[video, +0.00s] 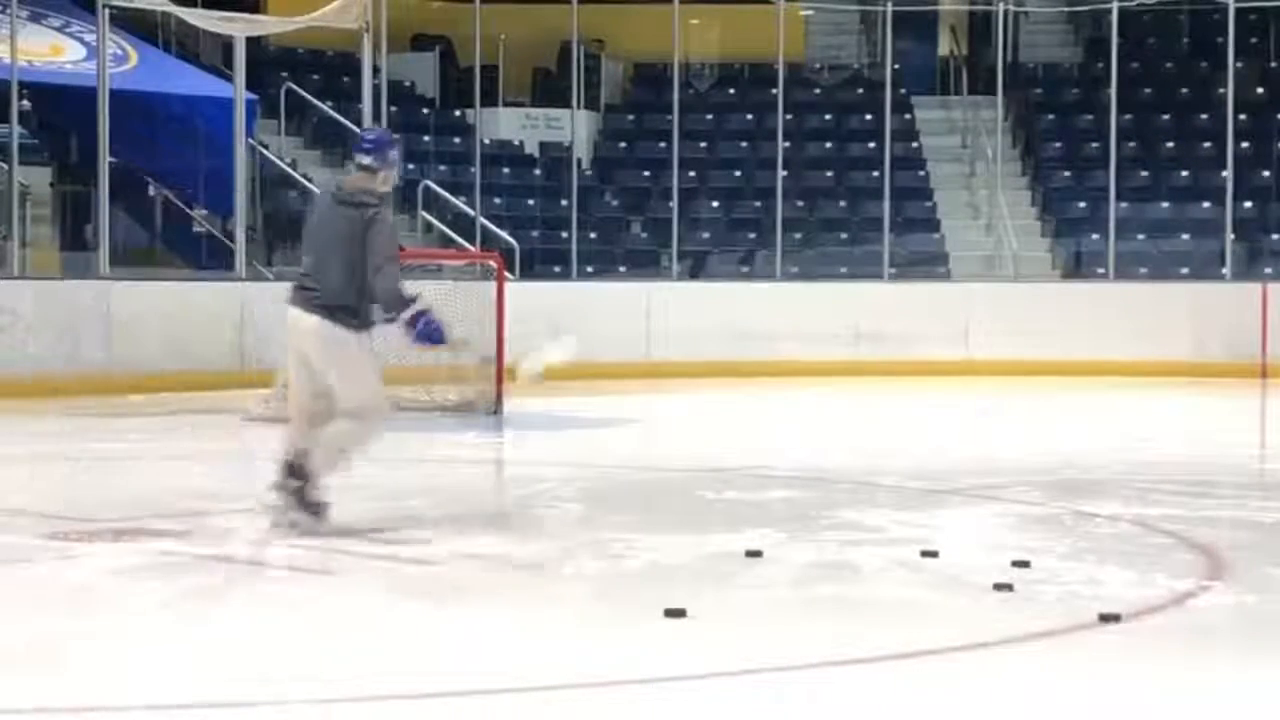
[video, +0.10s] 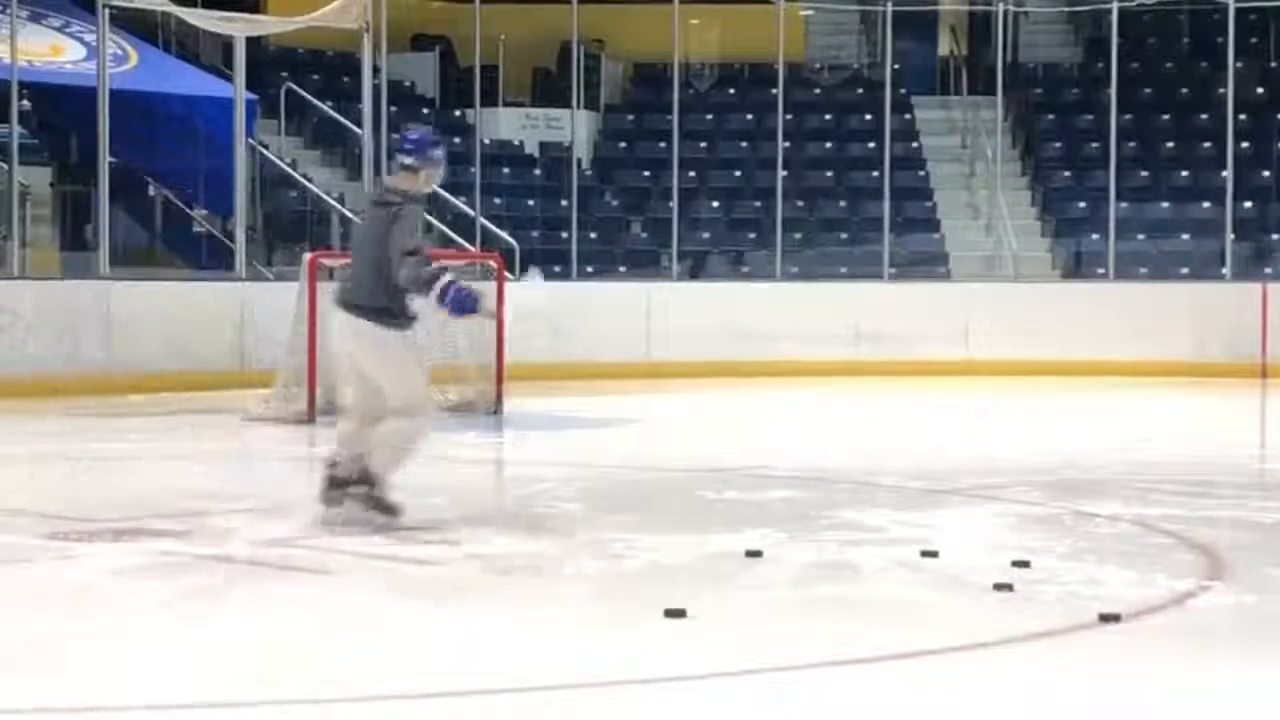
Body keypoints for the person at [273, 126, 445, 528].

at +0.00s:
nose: (395, 178)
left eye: (394, 170)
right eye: (394, 170)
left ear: (356, 164)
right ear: (386, 171)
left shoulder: (326, 199)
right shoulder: (376, 214)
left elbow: (314, 253)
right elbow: (383, 282)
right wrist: (413, 314)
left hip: (300, 314)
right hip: (337, 327)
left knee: (308, 408)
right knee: (368, 410)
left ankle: (295, 486)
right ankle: (306, 467)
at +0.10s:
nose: (435, 180)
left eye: (436, 172)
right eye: (433, 172)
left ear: (398, 165)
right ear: (423, 171)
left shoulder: (376, 204)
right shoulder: (407, 210)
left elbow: (370, 263)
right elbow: (408, 269)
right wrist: (447, 287)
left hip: (351, 315)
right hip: (381, 322)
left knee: (366, 403)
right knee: (413, 407)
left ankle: (344, 475)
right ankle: (369, 477)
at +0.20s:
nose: (490, 177)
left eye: (490, 168)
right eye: (487, 168)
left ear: (452, 165)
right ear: (472, 170)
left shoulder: (426, 202)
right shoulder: (446, 211)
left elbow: (439, 253)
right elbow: (433, 272)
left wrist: (471, 256)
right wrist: (471, 276)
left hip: (395, 319)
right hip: (425, 326)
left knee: (414, 406)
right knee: (461, 407)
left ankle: (386, 478)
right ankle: (435, 483)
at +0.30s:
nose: (536, 182)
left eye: (537, 173)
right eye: (532, 173)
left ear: (501, 172)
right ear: (512, 175)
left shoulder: (501, 217)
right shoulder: (484, 222)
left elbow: (516, 259)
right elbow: (466, 289)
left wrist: (534, 279)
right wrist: (504, 294)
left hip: (466, 327)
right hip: (464, 330)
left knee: (466, 406)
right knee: (520, 397)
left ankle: (434, 477)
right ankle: (495, 481)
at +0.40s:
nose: (583, 187)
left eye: (584, 177)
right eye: (578, 178)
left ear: (557, 179)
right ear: (557, 178)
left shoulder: (553, 219)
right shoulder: (528, 226)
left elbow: (554, 271)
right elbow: (501, 293)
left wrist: (573, 295)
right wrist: (521, 315)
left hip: (520, 330)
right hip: (517, 331)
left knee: (517, 405)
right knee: (571, 399)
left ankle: (486, 477)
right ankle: (542, 481)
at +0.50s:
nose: (639, 183)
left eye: (639, 174)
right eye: (632, 174)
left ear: (616, 177)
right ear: (606, 175)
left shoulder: (611, 217)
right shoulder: (576, 221)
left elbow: (610, 273)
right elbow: (557, 287)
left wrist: (619, 301)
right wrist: (560, 331)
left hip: (588, 324)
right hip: (568, 326)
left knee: (577, 402)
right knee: (620, 399)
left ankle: (550, 472)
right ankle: (580, 479)